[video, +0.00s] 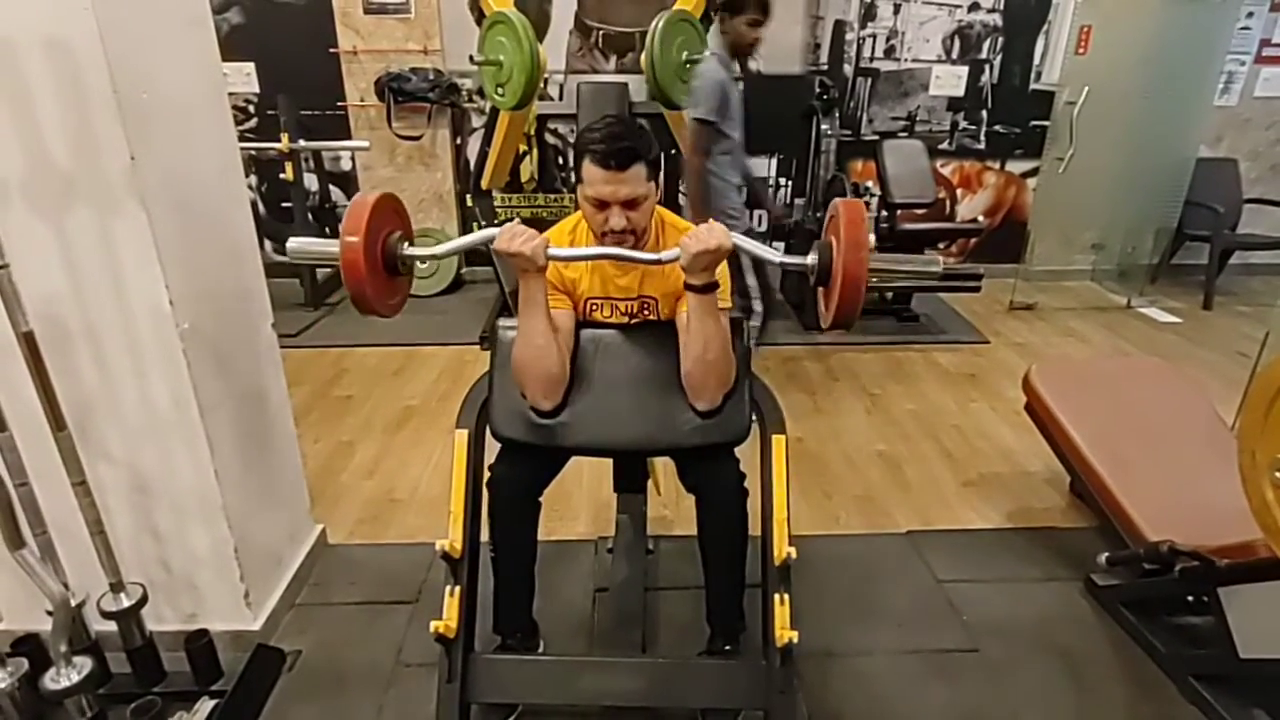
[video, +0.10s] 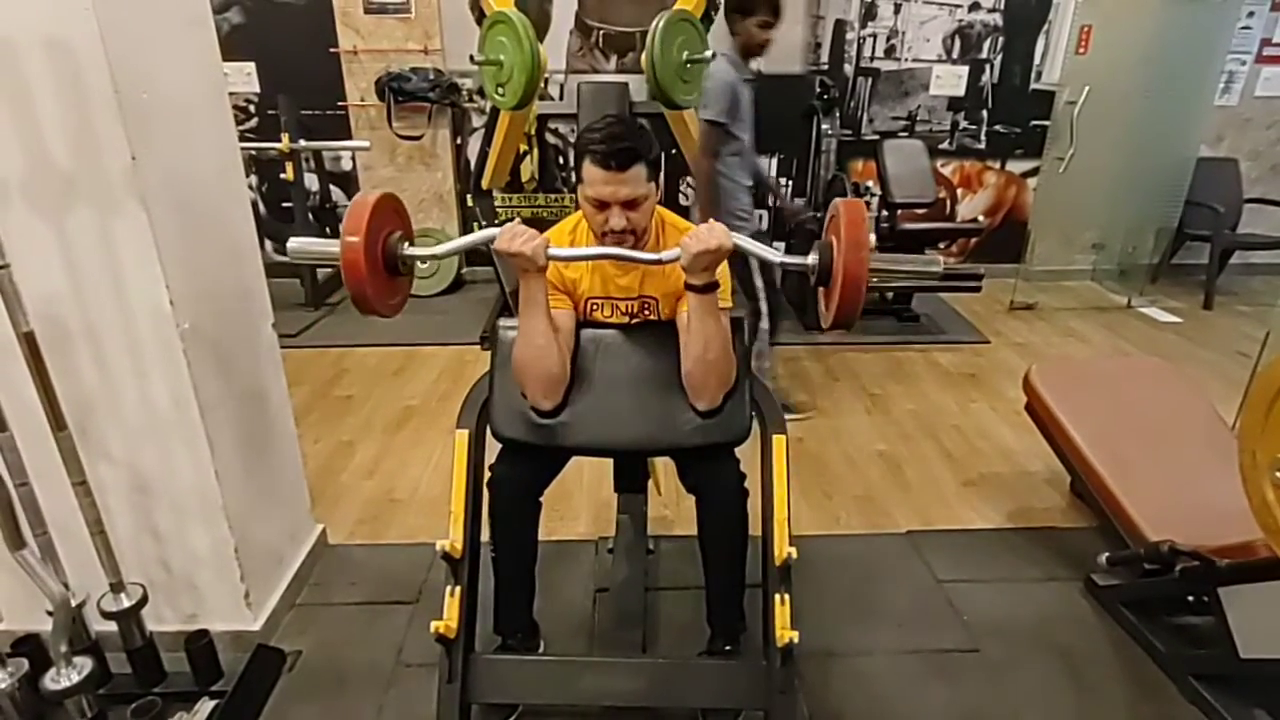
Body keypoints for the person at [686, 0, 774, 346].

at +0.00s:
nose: (758, 36)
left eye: (761, 27)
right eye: (751, 25)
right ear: (723, 20)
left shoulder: (726, 70)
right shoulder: (711, 73)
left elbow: (733, 152)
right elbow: (694, 156)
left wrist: (765, 201)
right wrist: (702, 227)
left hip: (730, 209)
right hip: (721, 214)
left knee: (751, 298)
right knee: (751, 303)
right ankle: (736, 383)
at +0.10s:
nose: (770, 36)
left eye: (773, 28)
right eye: (763, 26)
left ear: (770, 27)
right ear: (736, 22)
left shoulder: (738, 74)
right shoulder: (723, 76)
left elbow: (741, 155)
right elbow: (703, 157)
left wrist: (776, 195)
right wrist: (707, 225)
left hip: (742, 216)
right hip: (731, 220)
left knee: (742, 307)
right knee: (762, 308)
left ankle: (737, 390)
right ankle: (759, 397)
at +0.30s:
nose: (828, 45)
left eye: (830, 37)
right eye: (822, 34)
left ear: (819, 38)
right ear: (795, 32)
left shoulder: (795, 87)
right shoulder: (777, 86)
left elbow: (792, 165)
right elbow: (761, 167)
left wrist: (821, 203)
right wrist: (761, 234)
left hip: (784, 210)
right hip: (782, 212)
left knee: (742, 295)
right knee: (801, 299)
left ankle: (710, 366)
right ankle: (816, 388)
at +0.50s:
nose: (887, 38)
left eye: (890, 29)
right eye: (882, 27)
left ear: (853, 23)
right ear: (854, 22)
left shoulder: (827, 67)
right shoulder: (845, 80)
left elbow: (822, 148)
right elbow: (834, 164)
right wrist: (852, 225)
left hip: (810, 207)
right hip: (827, 215)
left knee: (805, 295)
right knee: (826, 300)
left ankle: (760, 346)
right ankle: (816, 386)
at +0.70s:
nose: (939, 39)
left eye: (943, 30)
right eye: (937, 28)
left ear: (902, 21)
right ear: (912, 21)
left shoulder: (864, 69)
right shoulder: (901, 80)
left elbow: (840, 143)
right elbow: (911, 166)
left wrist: (827, 197)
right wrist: (943, 225)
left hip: (853, 206)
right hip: (877, 216)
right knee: (866, 302)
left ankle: (877, 361)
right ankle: (826, 379)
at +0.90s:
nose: (992, 42)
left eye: (993, 33)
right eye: (987, 32)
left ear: (957, 30)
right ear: (962, 29)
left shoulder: (910, 75)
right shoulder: (956, 83)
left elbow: (884, 147)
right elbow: (964, 167)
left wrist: (873, 207)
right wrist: (998, 226)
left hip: (904, 210)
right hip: (928, 217)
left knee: (937, 291)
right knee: (899, 300)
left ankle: (941, 372)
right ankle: (849, 366)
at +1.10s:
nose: (1042, 29)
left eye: (1044, 20)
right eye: (1039, 19)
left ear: (1006, 19)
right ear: (1013, 18)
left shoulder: (975, 60)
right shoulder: (1004, 69)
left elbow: (960, 141)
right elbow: (990, 152)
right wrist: (1010, 222)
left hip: (956, 204)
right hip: (975, 210)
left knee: (956, 290)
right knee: (989, 296)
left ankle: (943, 370)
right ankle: (925, 358)